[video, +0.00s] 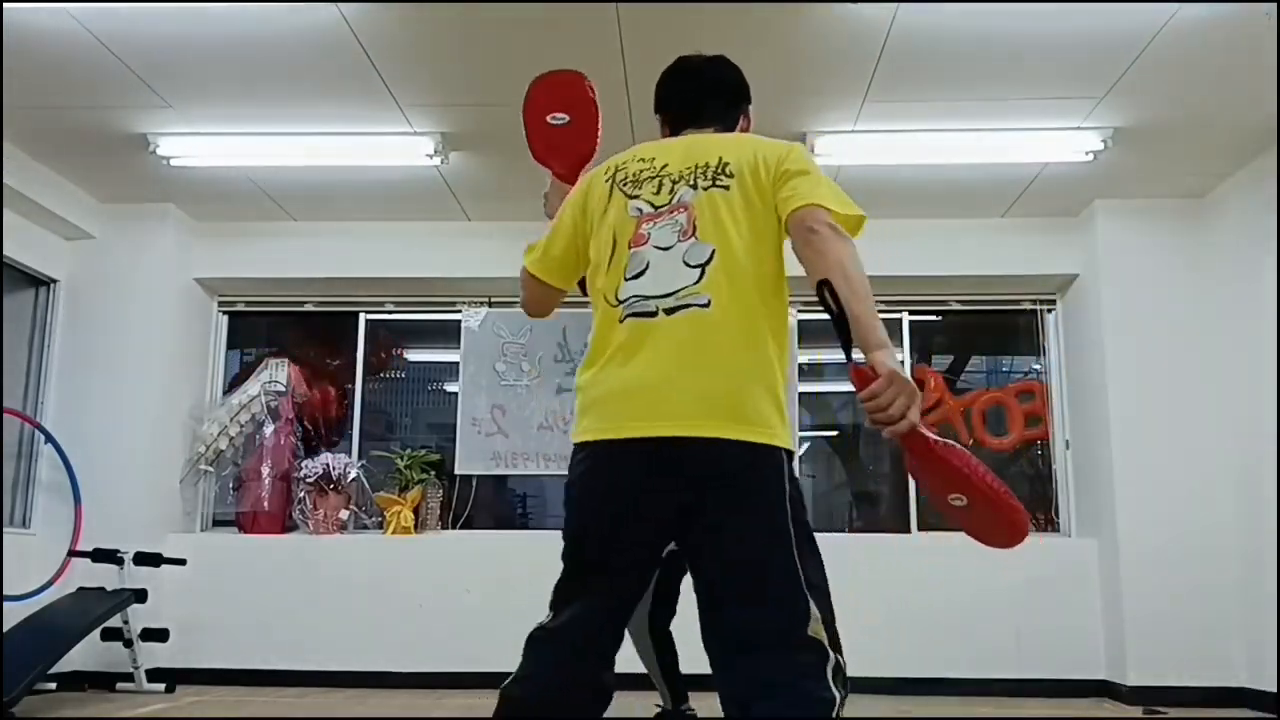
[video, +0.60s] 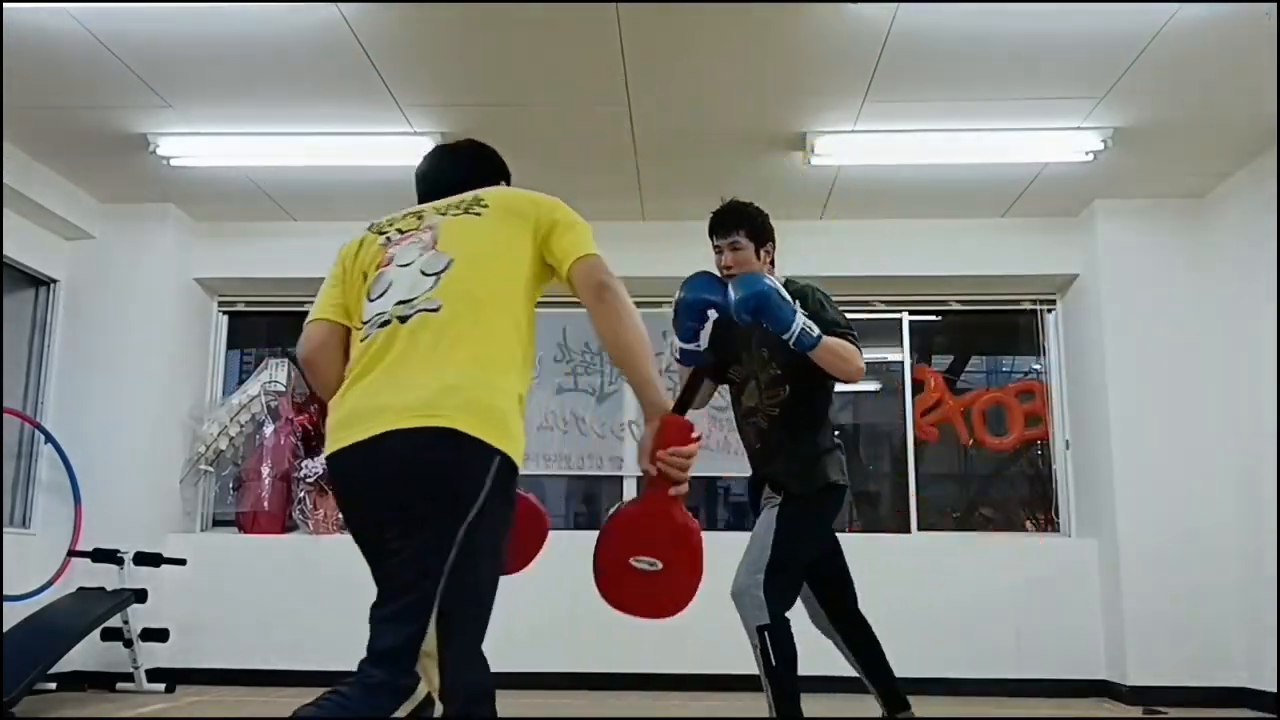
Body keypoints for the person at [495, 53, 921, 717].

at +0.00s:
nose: (751, 129)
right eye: (752, 121)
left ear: (662, 123)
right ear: (745, 120)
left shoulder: (603, 179)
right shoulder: (773, 157)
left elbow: (537, 299)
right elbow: (816, 231)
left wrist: (563, 217)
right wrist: (877, 349)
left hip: (614, 444)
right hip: (740, 442)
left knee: (577, 627)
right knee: (771, 647)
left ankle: (531, 708)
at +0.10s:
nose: (723, 133)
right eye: (722, 126)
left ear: (632, 127)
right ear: (711, 125)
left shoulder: (574, 189)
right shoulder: (723, 158)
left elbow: (543, 308)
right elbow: (754, 226)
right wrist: (814, 339)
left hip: (563, 433)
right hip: (680, 427)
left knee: (541, 620)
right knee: (737, 626)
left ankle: (504, 710)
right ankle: (770, 708)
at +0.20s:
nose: (676, 142)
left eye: (673, 137)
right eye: (674, 135)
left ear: (587, 138)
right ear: (664, 135)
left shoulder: (545, 190)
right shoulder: (669, 161)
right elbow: (692, 225)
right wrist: (748, 339)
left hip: (506, 412)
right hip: (609, 410)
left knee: (514, 624)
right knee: (661, 621)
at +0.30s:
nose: (637, 146)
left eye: (636, 141)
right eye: (636, 139)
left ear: (550, 144)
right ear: (624, 136)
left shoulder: (498, 203)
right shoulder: (631, 162)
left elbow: (501, 317)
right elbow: (651, 231)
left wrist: (621, 342)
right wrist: (709, 351)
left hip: (473, 419)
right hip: (572, 412)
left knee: (501, 628)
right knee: (633, 624)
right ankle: (583, 707)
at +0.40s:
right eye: (579, 154)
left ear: (498, 169)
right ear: (575, 155)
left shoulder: (447, 219)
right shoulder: (600, 176)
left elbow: (409, 321)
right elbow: (633, 231)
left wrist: (456, 384)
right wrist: (682, 359)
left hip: (446, 416)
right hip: (547, 402)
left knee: (483, 625)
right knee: (541, 630)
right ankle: (417, 709)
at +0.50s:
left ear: (445, 202)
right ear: (525, 188)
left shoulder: (407, 235)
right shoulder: (570, 207)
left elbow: (365, 322)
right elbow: (634, 256)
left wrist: (409, 403)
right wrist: (681, 377)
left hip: (407, 433)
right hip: (515, 423)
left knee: (474, 643)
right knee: (438, 645)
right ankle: (319, 711)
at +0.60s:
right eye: (509, 187)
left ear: (420, 195)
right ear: (500, 182)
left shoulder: (366, 241)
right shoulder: (529, 206)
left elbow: (316, 349)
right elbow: (599, 284)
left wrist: (373, 422)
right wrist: (658, 410)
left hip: (355, 449)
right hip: (461, 436)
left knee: (450, 654)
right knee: (402, 665)